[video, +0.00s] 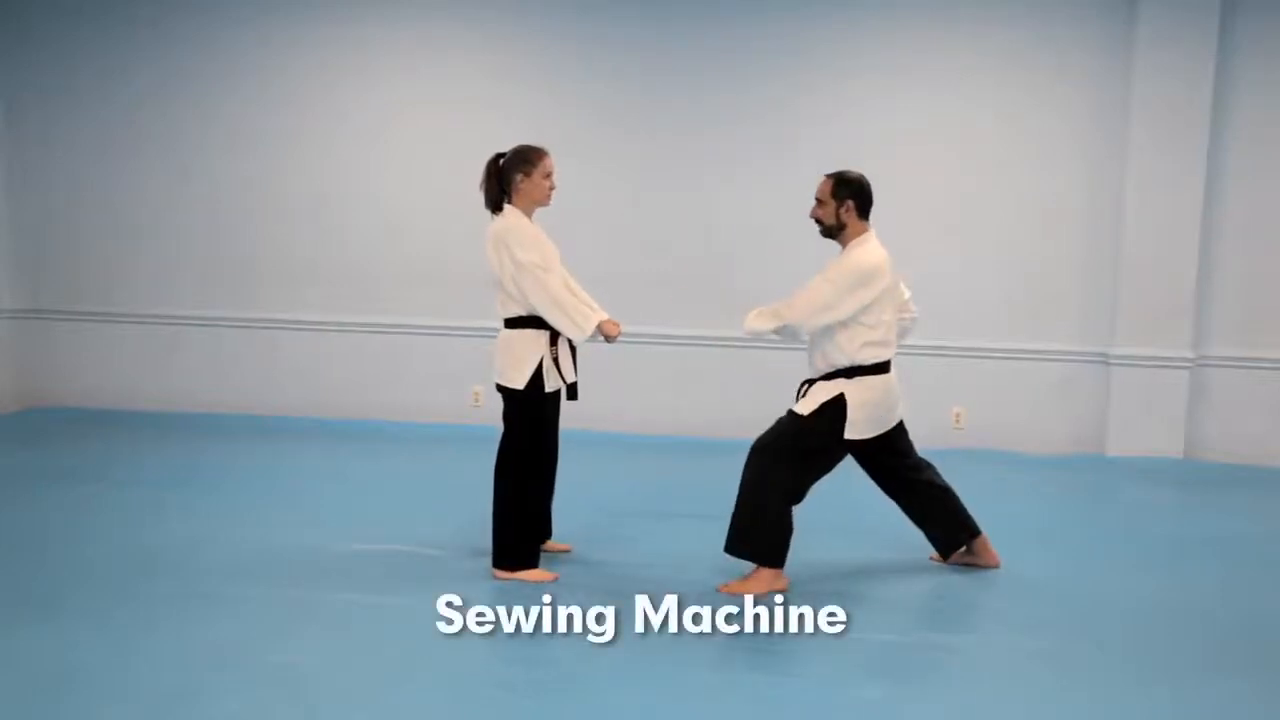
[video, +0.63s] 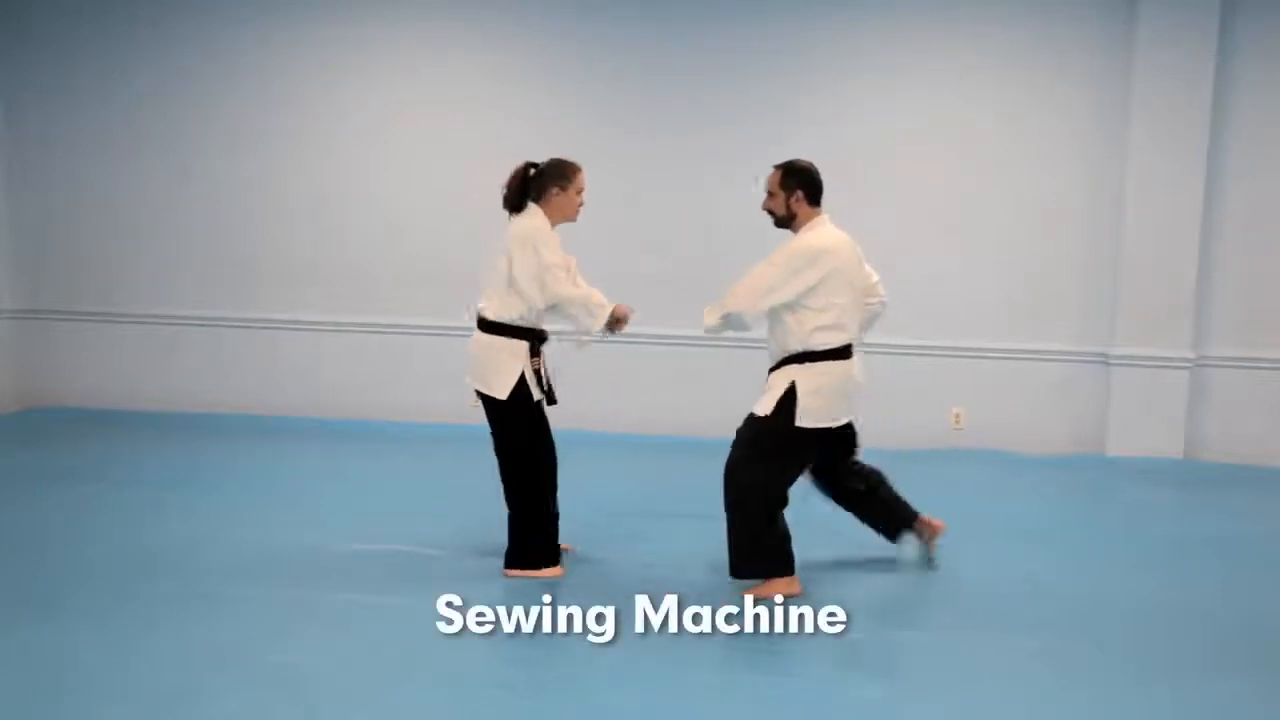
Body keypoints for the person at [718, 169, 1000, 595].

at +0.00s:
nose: (812, 212)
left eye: (819, 203)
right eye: (815, 202)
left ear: (847, 209)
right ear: (850, 210)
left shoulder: (858, 261)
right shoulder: (875, 257)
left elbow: (801, 317)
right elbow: (906, 314)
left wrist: (753, 321)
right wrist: (867, 350)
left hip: (845, 397)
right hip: (874, 392)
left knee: (770, 457)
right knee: (906, 471)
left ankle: (768, 571)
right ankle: (973, 547)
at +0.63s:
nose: (764, 202)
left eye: (771, 194)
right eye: (765, 194)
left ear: (797, 198)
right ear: (804, 198)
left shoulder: (805, 248)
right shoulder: (842, 243)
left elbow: (743, 305)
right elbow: (874, 299)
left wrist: (720, 316)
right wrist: (838, 337)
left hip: (801, 386)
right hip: (838, 381)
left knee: (750, 473)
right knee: (836, 470)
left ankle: (776, 578)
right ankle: (917, 525)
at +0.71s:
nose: (743, 201)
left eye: (749, 192)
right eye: (744, 191)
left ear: (776, 195)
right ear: (785, 196)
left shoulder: (780, 246)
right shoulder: (827, 240)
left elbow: (723, 304)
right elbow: (857, 291)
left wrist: (704, 322)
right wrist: (824, 329)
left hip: (785, 381)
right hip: (823, 377)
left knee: (741, 473)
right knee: (780, 462)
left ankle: (774, 578)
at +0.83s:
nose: (712, 200)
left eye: (718, 191)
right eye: (713, 190)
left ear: (745, 195)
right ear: (753, 195)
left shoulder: (750, 244)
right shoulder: (797, 239)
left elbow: (700, 308)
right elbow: (825, 293)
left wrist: (679, 331)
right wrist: (790, 331)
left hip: (762, 379)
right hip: (793, 374)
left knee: (737, 482)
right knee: (696, 421)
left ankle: (774, 578)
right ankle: (701, 523)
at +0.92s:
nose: (691, 199)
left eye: (697, 191)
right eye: (693, 190)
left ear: (724, 195)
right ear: (730, 195)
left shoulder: (732, 243)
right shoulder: (765, 237)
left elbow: (701, 310)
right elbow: (775, 299)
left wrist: (673, 335)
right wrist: (719, 332)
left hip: (744, 378)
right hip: (756, 372)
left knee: (731, 485)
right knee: (674, 433)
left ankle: (771, 579)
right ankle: (626, 512)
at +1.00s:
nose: (669, 199)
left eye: (676, 191)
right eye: (671, 190)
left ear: (702, 195)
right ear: (704, 196)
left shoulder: (716, 246)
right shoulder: (713, 241)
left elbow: (722, 319)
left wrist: (673, 338)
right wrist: (661, 308)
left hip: (728, 382)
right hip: (706, 378)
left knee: (723, 488)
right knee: (654, 453)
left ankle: (773, 577)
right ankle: (606, 526)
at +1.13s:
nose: (645, 211)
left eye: (653, 204)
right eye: (646, 203)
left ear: (679, 209)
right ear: (675, 209)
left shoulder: (701, 262)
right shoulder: (659, 260)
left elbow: (736, 322)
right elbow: (607, 287)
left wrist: (687, 355)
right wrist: (543, 293)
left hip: (697, 398)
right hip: (661, 392)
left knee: (699, 490)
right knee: (608, 441)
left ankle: (790, 559)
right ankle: (593, 533)